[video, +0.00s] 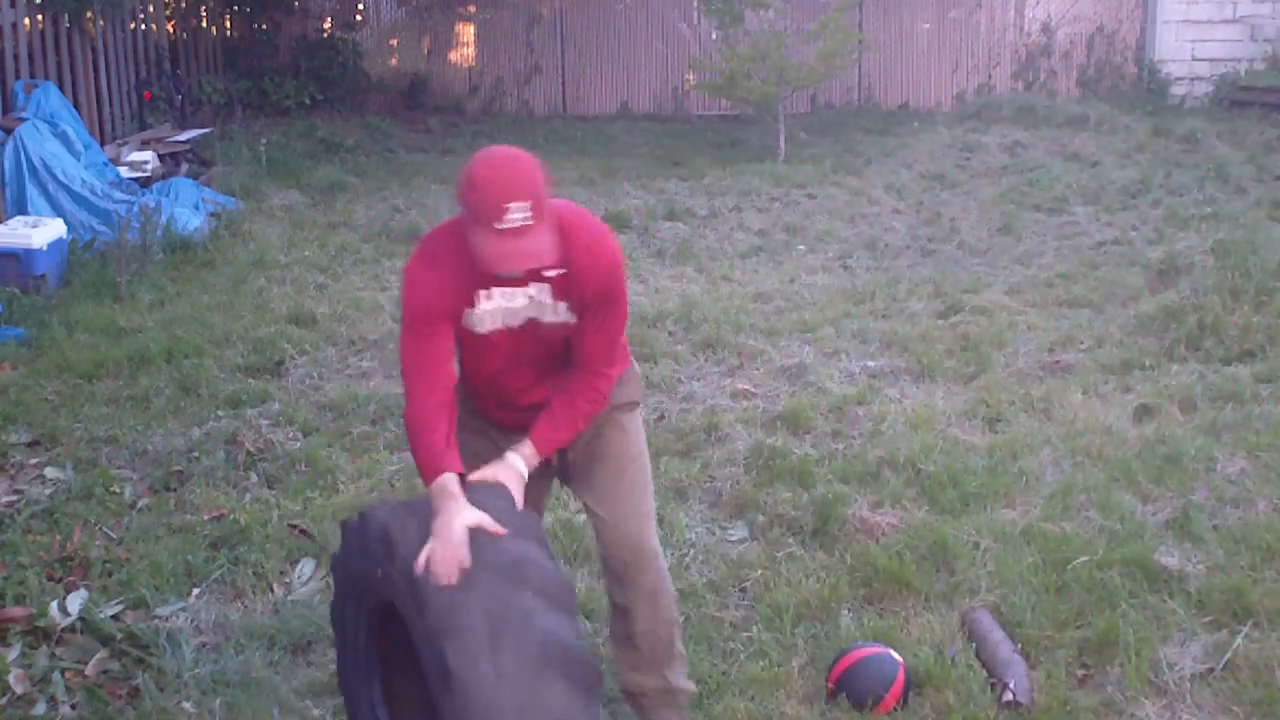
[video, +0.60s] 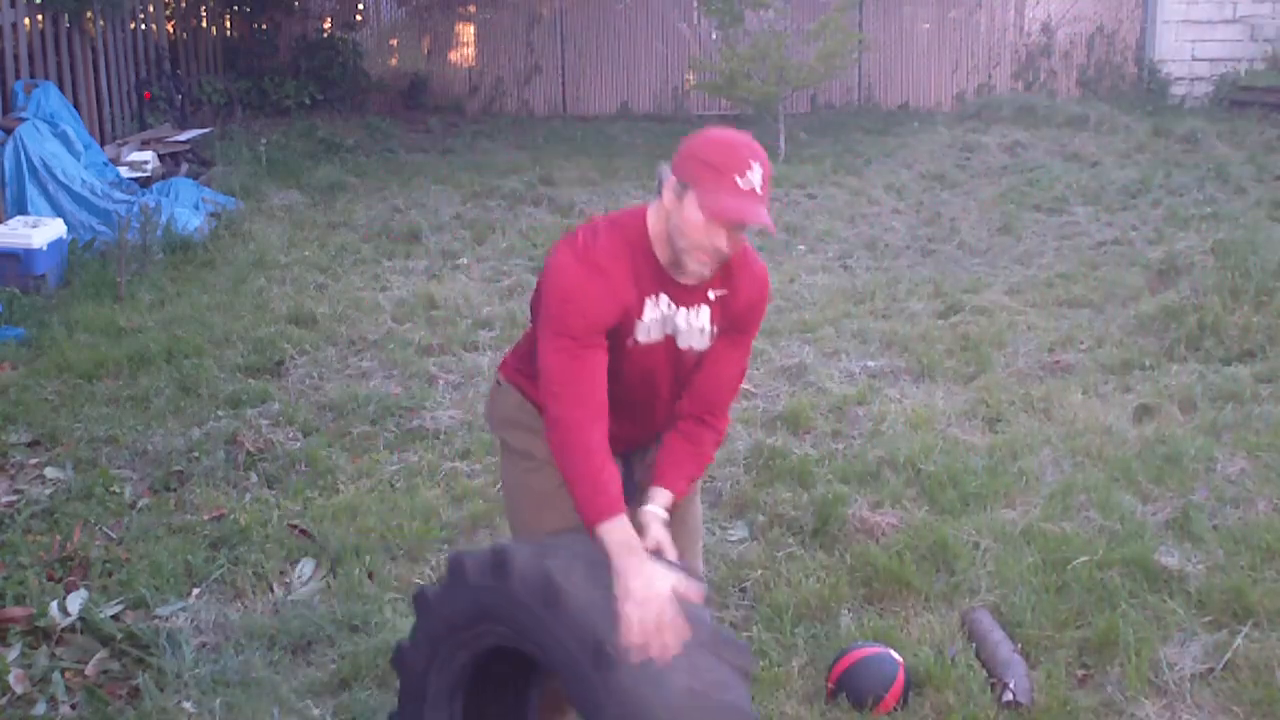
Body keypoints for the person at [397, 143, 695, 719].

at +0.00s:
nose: (513, 259)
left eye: (525, 244)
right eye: (499, 247)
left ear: (545, 217)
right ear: (468, 227)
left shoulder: (592, 250)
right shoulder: (433, 267)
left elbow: (595, 371)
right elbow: (426, 390)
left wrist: (524, 457)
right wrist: (445, 495)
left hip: (594, 404)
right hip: (490, 415)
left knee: (635, 552)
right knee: (480, 569)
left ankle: (663, 705)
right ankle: (484, 705)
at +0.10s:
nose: (583, 251)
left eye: (594, 235)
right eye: (569, 234)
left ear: (612, 221)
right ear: (529, 217)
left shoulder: (638, 268)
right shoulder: (479, 260)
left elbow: (605, 397)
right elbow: (431, 379)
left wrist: (527, 471)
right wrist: (422, 482)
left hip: (611, 423)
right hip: (502, 430)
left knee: (648, 563)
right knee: (486, 580)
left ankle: (669, 706)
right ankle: (483, 705)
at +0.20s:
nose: (655, 265)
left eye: (667, 252)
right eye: (645, 248)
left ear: (683, 238)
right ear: (601, 218)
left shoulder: (688, 285)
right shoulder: (534, 257)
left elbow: (635, 416)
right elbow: (460, 376)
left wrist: (551, 484)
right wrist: (427, 506)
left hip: (625, 447)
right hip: (515, 447)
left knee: (660, 585)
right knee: (486, 596)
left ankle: (674, 712)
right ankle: (474, 709)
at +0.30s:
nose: (713, 280)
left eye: (722, 266)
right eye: (704, 261)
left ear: (735, 248)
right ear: (661, 229)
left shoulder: (724, 296)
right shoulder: (572, 267)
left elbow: (678, 431)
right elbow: (506, 395)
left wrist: (583, 494)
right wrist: (479, 535)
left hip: (642, 461)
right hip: (539, 457)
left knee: (672, 618)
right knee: (500, 617)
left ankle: (677, 711)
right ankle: (492, 709)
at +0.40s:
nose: (732, 285)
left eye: (746, 272)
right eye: (725, 263)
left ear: (760, 260)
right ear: (683, 227)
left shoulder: (742, 303)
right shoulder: (589, 273)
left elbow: (695, 437)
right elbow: (535, 414)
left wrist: (605, 504)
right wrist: (545, 557)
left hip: (655, 459)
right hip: (552, 452)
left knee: (683, 611)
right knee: (537, 620)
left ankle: (685, 710)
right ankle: (525, 710)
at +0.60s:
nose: (726, 243)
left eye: (739, 226)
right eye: (716, 220)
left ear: (753, 216)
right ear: (669, 193)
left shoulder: (744, 281)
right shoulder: (586, 266)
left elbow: (704, 414)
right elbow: (576, 429)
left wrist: (657, 505)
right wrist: (626, 556)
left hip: (656, 438)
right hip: (549, 430)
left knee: (681, 626)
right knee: (572, 619)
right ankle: (557, 707)